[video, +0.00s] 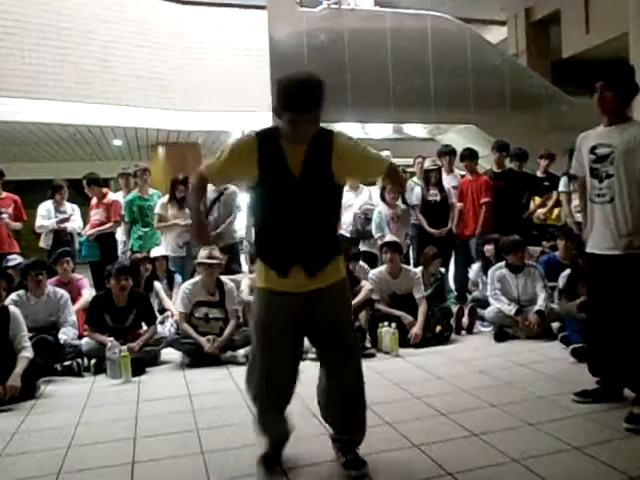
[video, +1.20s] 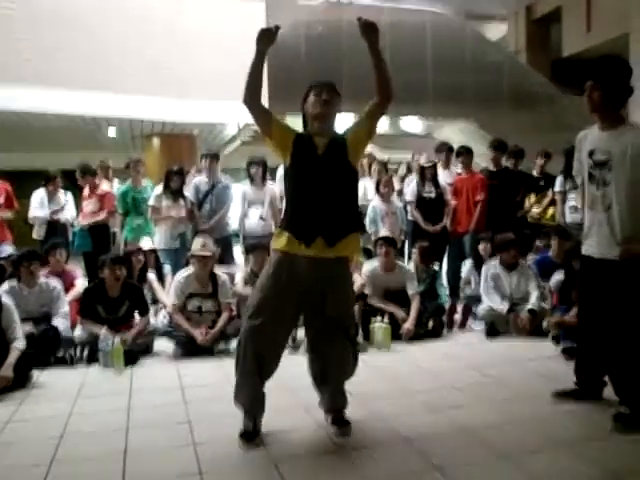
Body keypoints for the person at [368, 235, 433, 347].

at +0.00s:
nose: (389, 256)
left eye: (393, 252)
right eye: (386, 252)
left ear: (400, 254)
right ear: (382, 256)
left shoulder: (413, 274)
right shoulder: (375, 275)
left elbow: (422, 302)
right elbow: (376, 303)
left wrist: (419, 327)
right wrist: (401, 315)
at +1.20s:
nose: (384, 250)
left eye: (388, 246)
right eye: (380, 247)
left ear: (394, 250)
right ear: (376, 250)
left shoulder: (406, 271)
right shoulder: (369, 269)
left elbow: (415, 297)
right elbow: (370, 297)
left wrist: (410, 322)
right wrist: (396, 311)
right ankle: (368, 339)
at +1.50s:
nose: (385, 224)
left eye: (388, 220)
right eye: (381, 221)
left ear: (394, 224)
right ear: (377, 225)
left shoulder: (406, 244)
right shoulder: (369, 244)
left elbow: (415, 271)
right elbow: (369, 272)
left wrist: (412, 296)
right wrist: (395, 285)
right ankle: (371, 315)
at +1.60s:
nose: (385, 224)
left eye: (389, 220)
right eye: (382, 220)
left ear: (395, 224)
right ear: (377, 225)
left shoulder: (408, 244)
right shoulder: (370, 245)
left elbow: (416, 272)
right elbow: (370, 273)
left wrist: (413, 296)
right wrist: (395, 285)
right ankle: (371, 315)